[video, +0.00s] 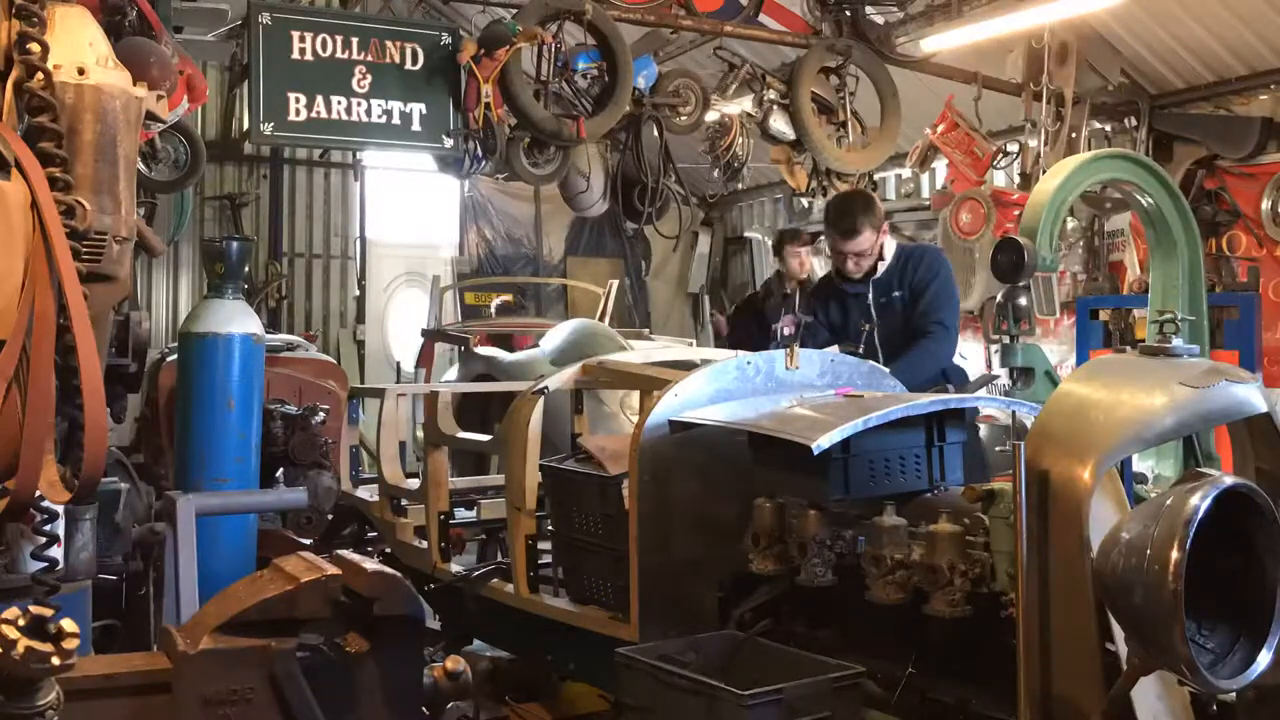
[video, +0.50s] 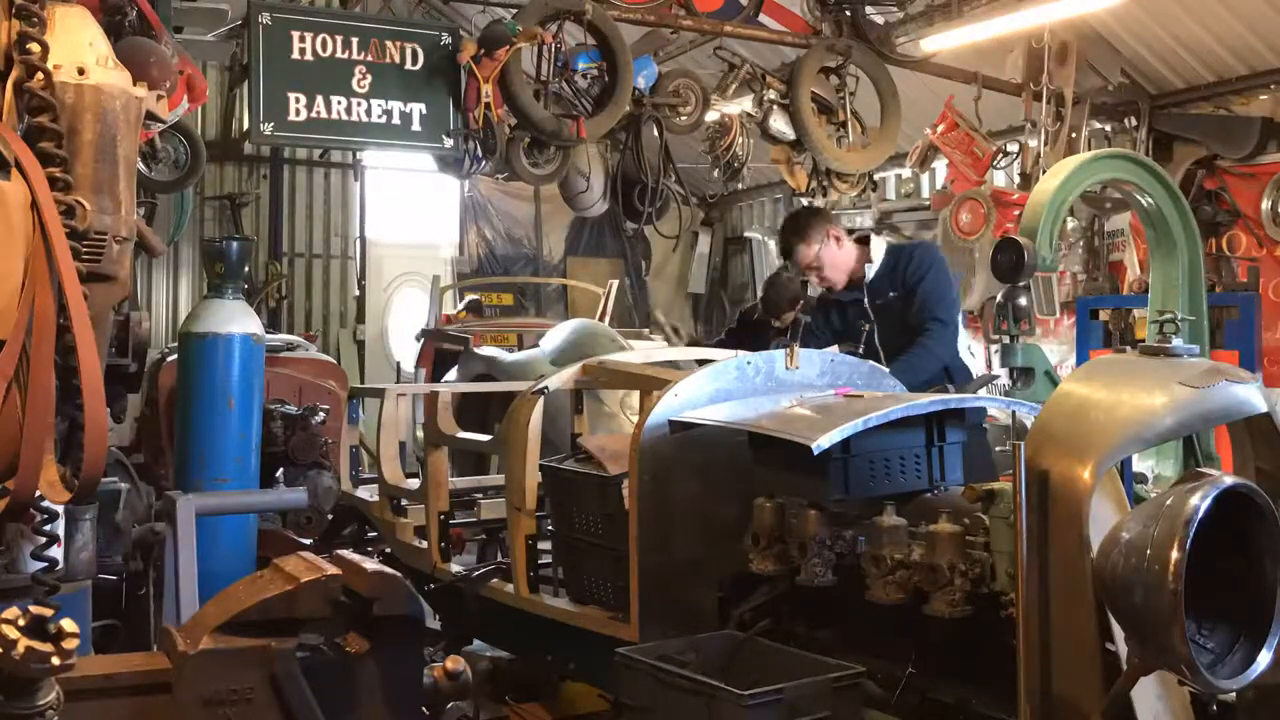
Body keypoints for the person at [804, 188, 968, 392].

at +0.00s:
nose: (849, 265)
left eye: (861, 255)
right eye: (839, 254)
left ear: (883, 234)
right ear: (827, 241)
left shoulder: (926, 264)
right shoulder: (823, 295)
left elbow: (938, 345)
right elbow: (812, 360)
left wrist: (880, 390)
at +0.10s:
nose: (844, 262)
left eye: (856, 251)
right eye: (835, 251)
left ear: (881, 230)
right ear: (825, 240)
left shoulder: (927, 264)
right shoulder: (823, 295)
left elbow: (938, 345)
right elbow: (813, 362)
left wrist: (879, 390)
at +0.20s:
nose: (842, 251)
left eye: (853, 240)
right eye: (835, 241)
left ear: (884, 222)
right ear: (829, 234)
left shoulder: (936, 263)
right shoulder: (830, 290)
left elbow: (941, 346)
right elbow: (809, 359)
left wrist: (881, 390)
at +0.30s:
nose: (841, 249)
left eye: (849, 235)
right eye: (833, 239)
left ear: (880, 217)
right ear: (827, 234)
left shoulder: (939, 263)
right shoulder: (837, 287)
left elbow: (942, 346)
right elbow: (824, 355)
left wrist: (881, 389)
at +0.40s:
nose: (841, 254)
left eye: (846, 239)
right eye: (833, 246)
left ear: (874, 217)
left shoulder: (939, 261)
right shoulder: (839, 290)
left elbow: (941, 345)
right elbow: (819, 360)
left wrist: (881, 391)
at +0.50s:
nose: (815, 281)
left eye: (816, 268)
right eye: (807, 274)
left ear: (835, 237)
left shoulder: (919, 259)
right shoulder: (830, 304)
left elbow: (940, 342)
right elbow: (804, 359)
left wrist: (878, 391)